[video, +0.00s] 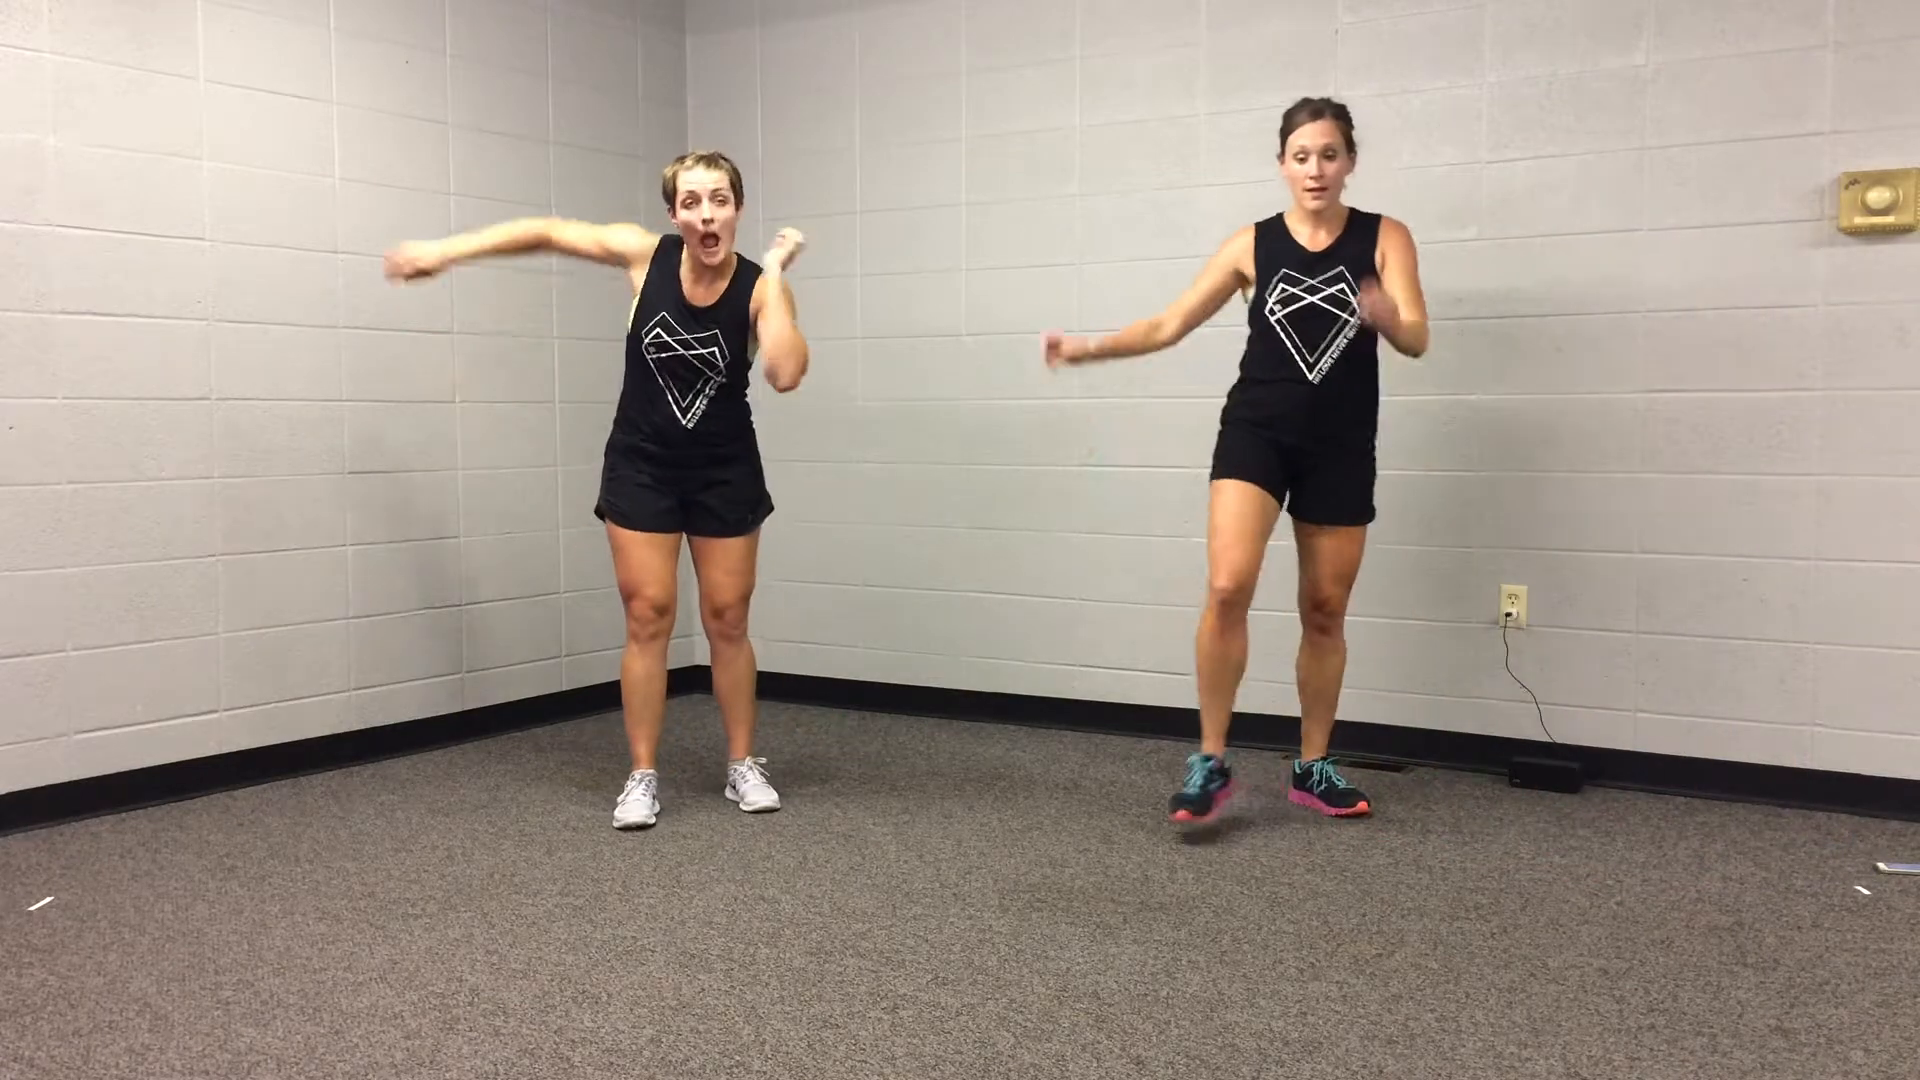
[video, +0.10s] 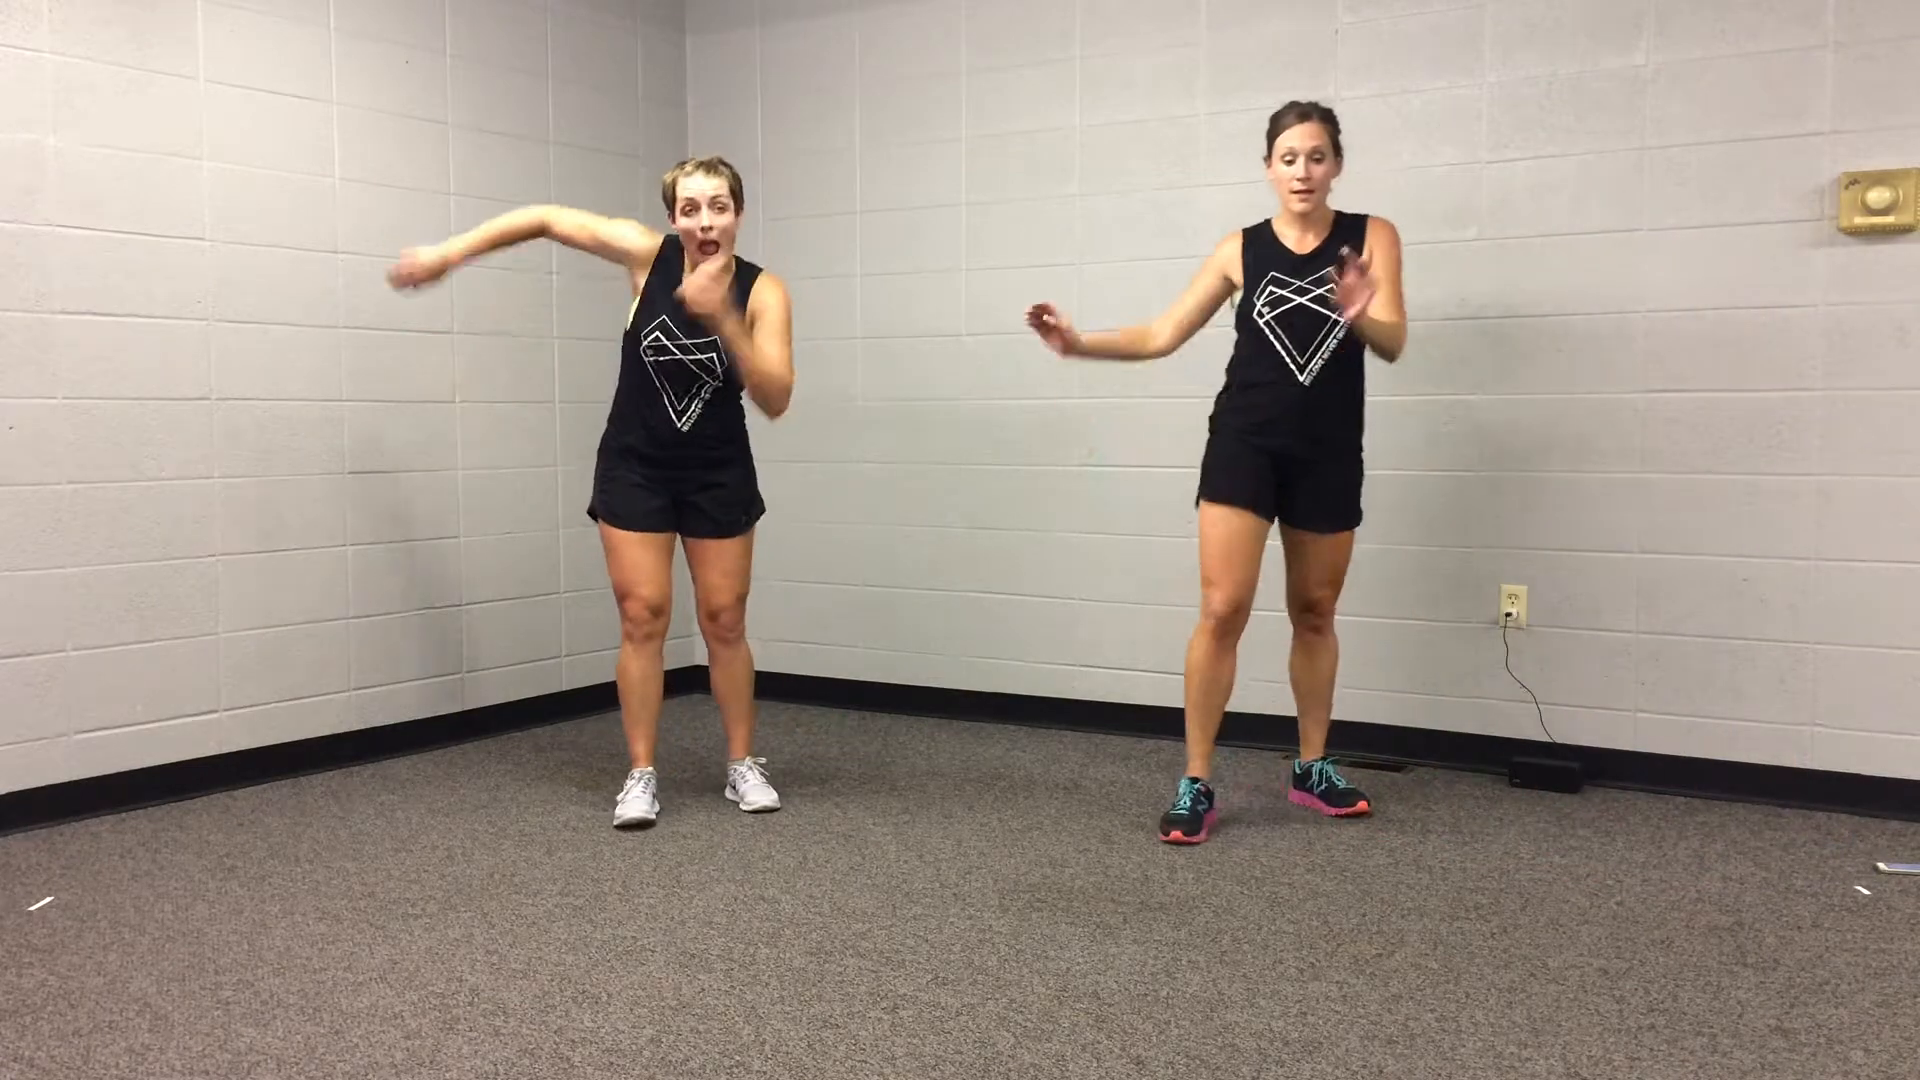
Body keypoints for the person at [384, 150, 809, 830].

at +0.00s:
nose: (706, 214)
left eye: (719, 200)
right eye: (691, 202)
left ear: (738, 209)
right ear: (674, 210)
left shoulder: (761, 285)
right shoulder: (643, 252)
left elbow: (786, 373)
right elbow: (545, 232)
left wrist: (774, 274)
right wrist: (439, 252)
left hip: (724, 468)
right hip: (641, 465)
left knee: (729, 617)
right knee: (646, 615)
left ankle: (744, 764)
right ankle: (642, 776)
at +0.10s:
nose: (707, 220)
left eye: (719, 206)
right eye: (692, 209)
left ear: (739, 213)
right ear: (674, 216)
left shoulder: (762, 290)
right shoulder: (649, 254)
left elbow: (776, 398)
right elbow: (546, 218)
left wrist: (724, 319)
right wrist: (447, 254)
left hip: (717, 470)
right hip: (635, 467)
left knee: (725, 619)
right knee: (641, 616)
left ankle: (744, 764)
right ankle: (641, 774)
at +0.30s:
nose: (689, 246)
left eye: (702, 232)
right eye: (676, 232)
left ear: (722, 235)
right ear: (657, 235)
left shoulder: (752, 313)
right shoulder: (618, 304)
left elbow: (755, 414)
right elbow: (534, 363)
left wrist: (744, 504)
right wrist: (530, 466)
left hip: (704, 493)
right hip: (621, 487)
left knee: (717, 644)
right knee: (632, 633)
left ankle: (741, 762)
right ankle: (641, 778)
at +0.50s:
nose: (674, 239)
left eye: (688, 227)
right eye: (662, 223)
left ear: (703, 225)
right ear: (635, 215)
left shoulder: (715, 275)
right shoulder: (598, 291)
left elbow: (803, 316)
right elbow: (637, 365)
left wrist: (856, 276)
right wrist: (721, 293)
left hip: (713, 476)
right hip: (631, 486)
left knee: (761, 606)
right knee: (639, 641)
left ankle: (782, 766)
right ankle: (641, 779)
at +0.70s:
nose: (686, 223)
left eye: (692, 213)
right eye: (671, 213)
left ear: (698, 220)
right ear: (637, 222)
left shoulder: (707, 282)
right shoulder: (602, 288)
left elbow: (802, 246)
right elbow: (673, 254)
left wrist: (847, 160)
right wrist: (752, 164)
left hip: (758, 476)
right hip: (674, 493)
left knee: (796, 630)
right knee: (668, 660)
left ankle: (830, 803)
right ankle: (639, 782)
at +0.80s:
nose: (685, 250)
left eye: (697, 242)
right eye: (673, 236)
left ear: (711, 246)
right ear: (644, 236)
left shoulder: (724, 307)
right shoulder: (613, 312)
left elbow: (829, 303)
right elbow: (663, 339)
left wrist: (806, 226)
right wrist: (720, 231)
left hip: (779, 487)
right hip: (694, 508)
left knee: (824, 635)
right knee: (681, 675)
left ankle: (837, 812)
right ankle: (639, 777)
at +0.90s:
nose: (702, 244)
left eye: (714, 230)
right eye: (688, 230)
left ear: (732, 235)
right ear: (662, 234)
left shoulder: (753, 305)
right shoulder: (632, 319)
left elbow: (845, 339)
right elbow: (600, 405)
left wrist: (771, 279)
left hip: (788, 491)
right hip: (699, 507)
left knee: (822, 640)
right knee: (658, 677)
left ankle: (835, 813)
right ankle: (630, 759)